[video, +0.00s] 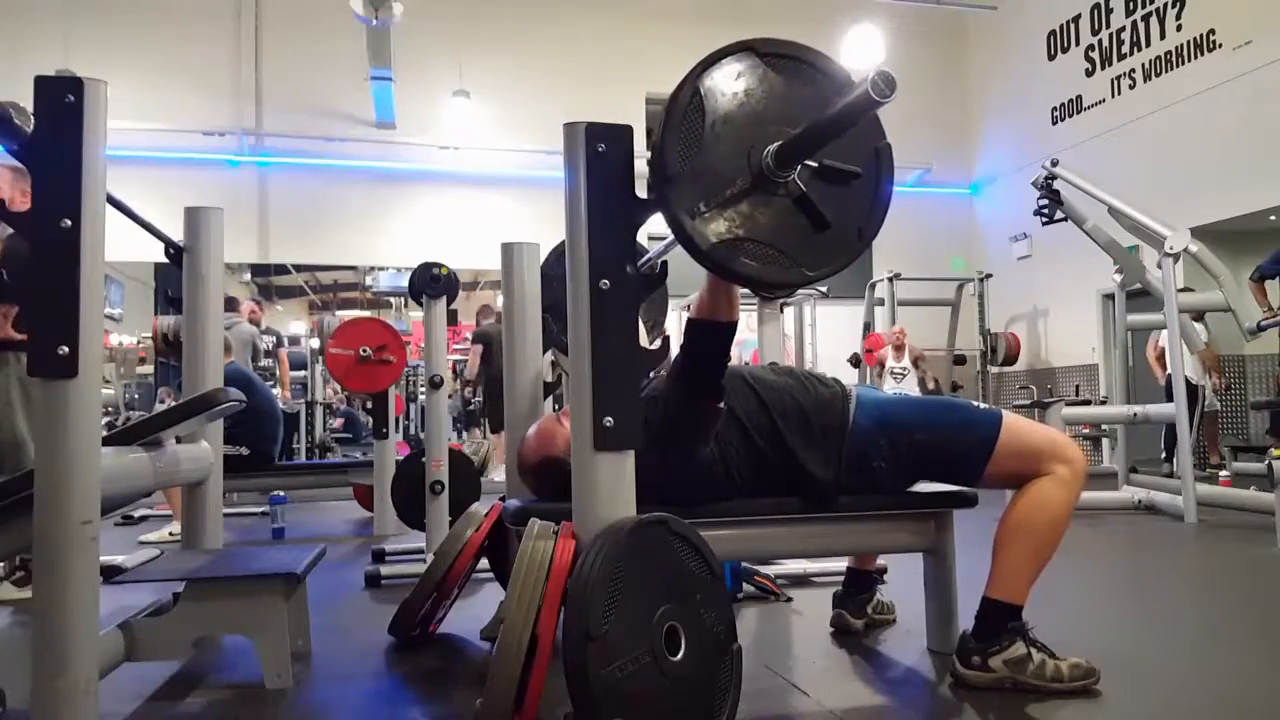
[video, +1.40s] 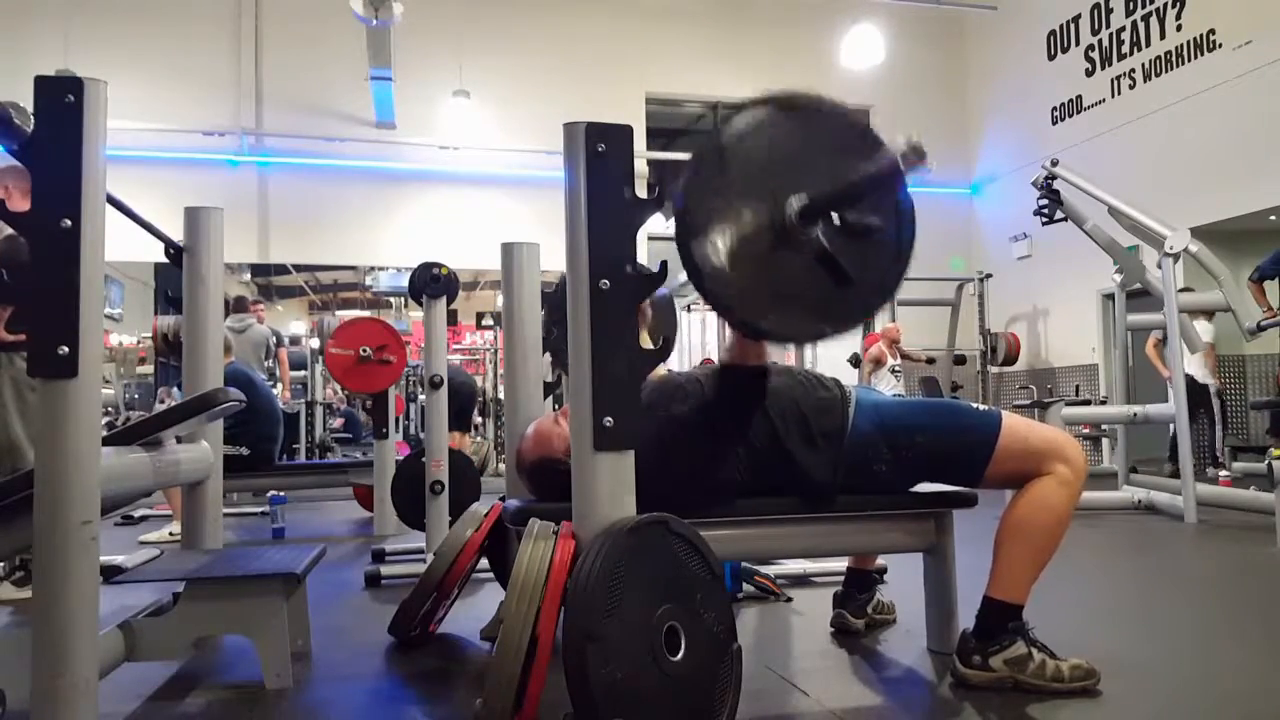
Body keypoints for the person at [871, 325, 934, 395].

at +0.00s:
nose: (897, 336)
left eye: (900, 333)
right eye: (894, 333)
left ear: (904, 336)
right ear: (890, 337)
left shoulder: (914, 352)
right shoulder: (883, 353)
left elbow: (923, 370)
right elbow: (879, 372)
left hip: (911, 392)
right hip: (889, 391)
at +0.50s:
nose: (903, 334)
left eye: (902, 332)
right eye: (900, 332)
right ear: (891, 336)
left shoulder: (906, 351)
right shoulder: (877, 352)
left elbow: (915, 365)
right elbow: (869, 372)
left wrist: (931, 374)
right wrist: (872, 391)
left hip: (906, 393)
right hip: (886, 393)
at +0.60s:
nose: (903, 334)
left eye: (903, 331)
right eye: (900, 332)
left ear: (892, 336)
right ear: (890, 336)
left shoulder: (905, 351)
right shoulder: (877, 352)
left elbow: (921, 365)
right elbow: (868, 373)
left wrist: (942, 375)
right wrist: (870, 394)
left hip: (906, 396)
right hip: (886, 397)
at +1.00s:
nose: (903, 335)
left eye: (903, 332)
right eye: (900, 333)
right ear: (890, 336)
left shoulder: (903, 351)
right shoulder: (878, 353)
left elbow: (924, 359)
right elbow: (868, 374)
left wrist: (946, 361)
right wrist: (872, 395)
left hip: (908, 397)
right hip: (889, 397)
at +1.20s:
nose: (901, 335)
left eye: (900, 333)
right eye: (898, 333)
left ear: (891, 337)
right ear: (888, 337)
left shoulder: (900, 351)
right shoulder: (877, 354)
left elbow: (919, 357)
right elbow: (867, 374)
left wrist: (936, 360)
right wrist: (871, 394)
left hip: (905, 398)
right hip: (888, 399)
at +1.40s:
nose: (900, 334)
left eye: (899, 331)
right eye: (897, 332)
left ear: (888, 335)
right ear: (887, 334)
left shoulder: (896, 349)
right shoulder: (875, 351)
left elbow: (910, 355)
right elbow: (866, 373)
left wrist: (925, 359)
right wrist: (865, 394)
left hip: (900, 397)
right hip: (884, 398)